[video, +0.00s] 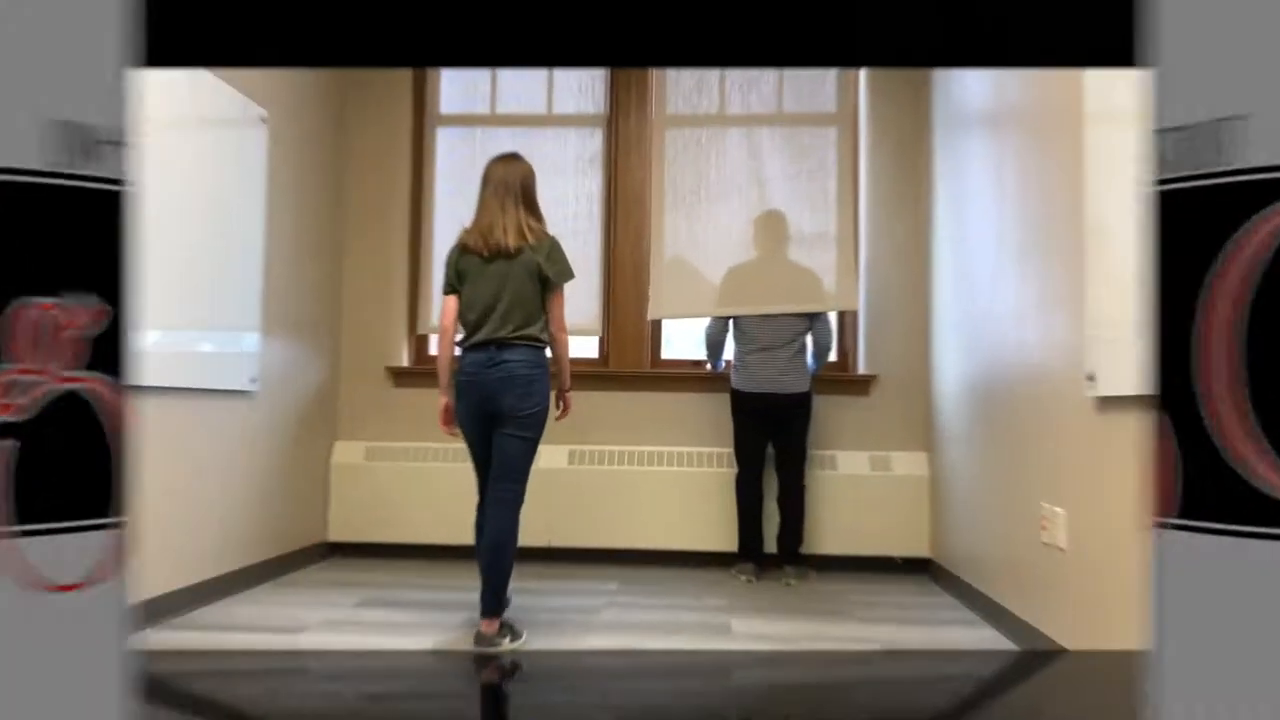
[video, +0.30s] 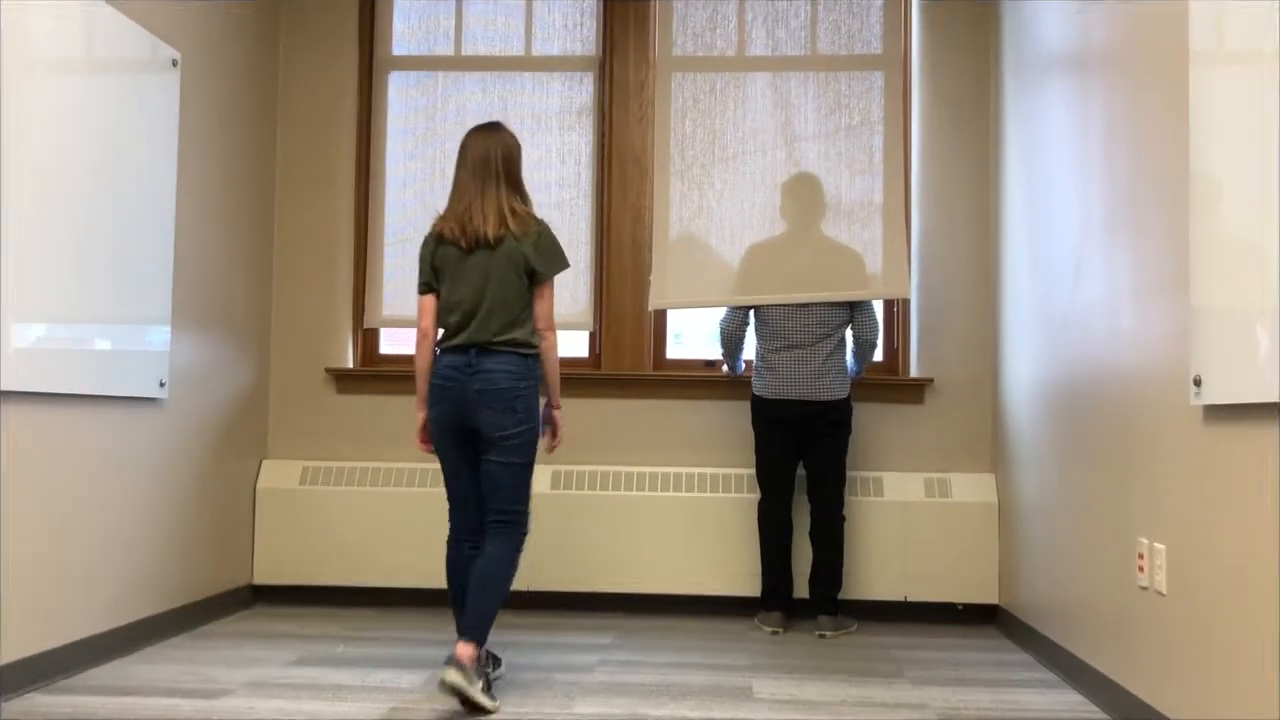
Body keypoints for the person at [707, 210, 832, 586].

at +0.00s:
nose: (766, 241)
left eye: (763, 234)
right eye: (773, 233)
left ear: (756, 237)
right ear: (786, 237)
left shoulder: (738, 276)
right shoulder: (806, 278)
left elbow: (715, 331)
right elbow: (824, 334)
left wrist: (715, 361)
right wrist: (814, 367)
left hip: (748, 392)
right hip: (793, 392)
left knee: (749, 474)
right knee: (791, 474)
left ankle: (749, 560)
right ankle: (790, 560)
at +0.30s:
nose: (799, 212)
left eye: (793, 202)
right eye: (807, 201)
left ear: (784, 206)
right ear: (822, 207)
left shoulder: (760, 256)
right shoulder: (845, 259)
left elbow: (733, 323)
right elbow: (867, 327)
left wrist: (733, 362)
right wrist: (855, 369)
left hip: (772, 398)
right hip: (828, 398)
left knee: (774, 502)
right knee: (827, 505)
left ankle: (774, 608)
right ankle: (826, 611)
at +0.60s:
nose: (799, 211)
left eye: (794, 201)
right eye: (807, 201)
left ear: (783, 206)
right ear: (821, 206)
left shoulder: (759, 256)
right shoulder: (845, 259)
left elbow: (732, 323)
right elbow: (867, 328)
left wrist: (733, 362)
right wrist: (855, 368)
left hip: (772, 398)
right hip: (827, 397)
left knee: (773, 503)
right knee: (827, 507)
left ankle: (774, 610)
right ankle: (827, 612)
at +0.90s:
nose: (802, 212)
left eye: (795, 202)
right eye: (809, 202)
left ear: (783, 207)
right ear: (820, 207)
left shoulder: (758, 256)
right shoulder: (844, 259)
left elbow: (730, 325)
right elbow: (866, 330)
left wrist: (733, 362)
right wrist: (855, 368)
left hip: (771, 398)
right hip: (827, 398)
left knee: (773, 505)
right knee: (826, 506)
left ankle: (774, 611)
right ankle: (826, 612)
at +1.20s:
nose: (795, 210)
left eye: (789, 202)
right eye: (804, 201)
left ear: (780, 206)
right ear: (818, 207)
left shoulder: (758, 254)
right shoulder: (842, 258)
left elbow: (729, 322)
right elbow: (865, 328)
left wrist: (731, 362)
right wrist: (856, 368)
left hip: (771, 395)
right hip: (827, 396)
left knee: (773, 501)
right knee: (826, 505)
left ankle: (774, 610)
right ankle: (825, 611)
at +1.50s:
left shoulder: (774, 266)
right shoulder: (859, 269)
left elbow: (727, 334)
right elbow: (883, 338)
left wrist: (733, 368)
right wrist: (852, 367)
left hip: (794, 395)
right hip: (850, 398)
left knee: (780, 499)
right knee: (834, 501)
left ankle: (774, 608)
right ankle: (839, 614)